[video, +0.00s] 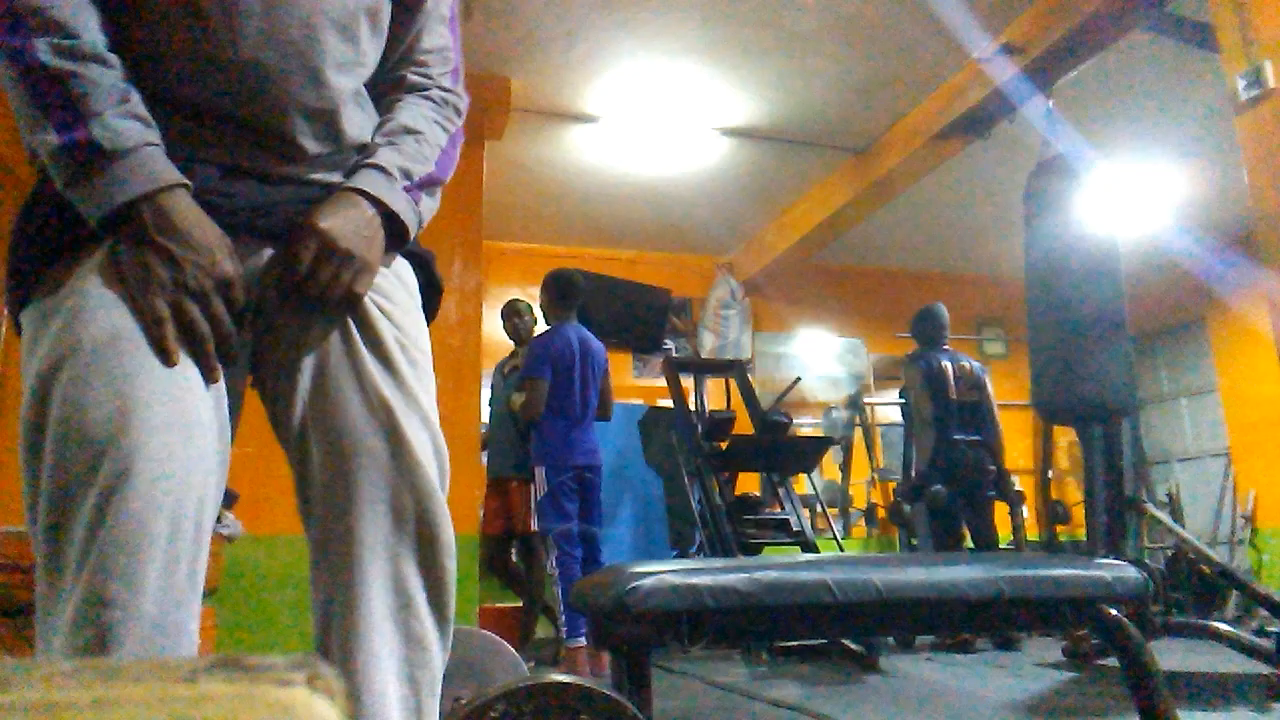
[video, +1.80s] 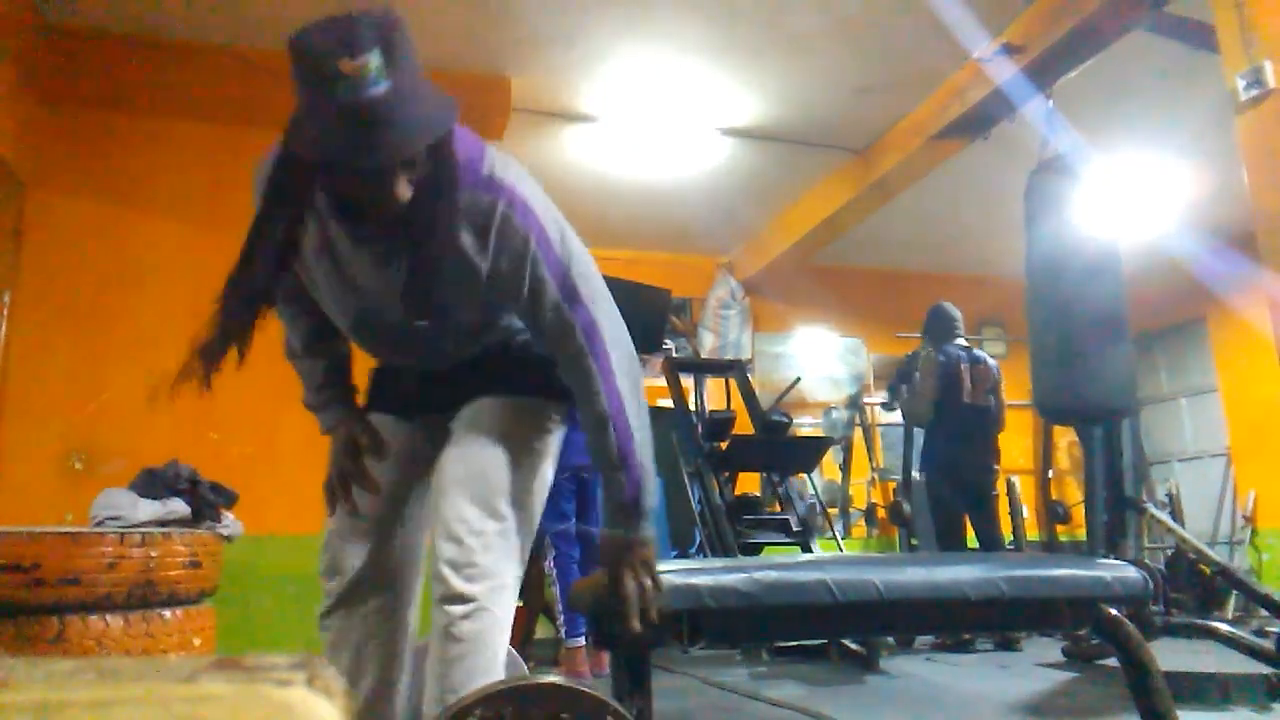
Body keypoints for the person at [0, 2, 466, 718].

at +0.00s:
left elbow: (433, 83)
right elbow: (38, 15)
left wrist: (374, 201)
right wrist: (142, 191)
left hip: (339, 217)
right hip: (130, 203)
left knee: (396, 480)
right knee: (139, 478)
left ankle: (390, 709)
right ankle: (118, 713)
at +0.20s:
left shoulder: (430, 11)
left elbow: (434, 112)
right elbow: (70, 14)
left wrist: (400, 224)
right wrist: (173, 200)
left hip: (351, 229)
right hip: (155, 211)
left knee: (403, 542)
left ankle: (399, 712)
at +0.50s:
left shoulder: (517, 27)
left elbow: (482, 187)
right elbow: (183, 16)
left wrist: (480, 316)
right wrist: (230, 248)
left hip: (382, 267)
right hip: (211, 240)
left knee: (396, 613)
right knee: (170, 614)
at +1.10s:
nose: (562, 75)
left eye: (579, 66)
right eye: (566, 54)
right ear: (534, 9)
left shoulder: (540, 100)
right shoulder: (372, 11)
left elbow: (519, 259)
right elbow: (239, 112)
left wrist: (508, 390)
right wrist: (262, 317)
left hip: (415, 314)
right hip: (281, 296)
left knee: (407, 589)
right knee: (261, 588)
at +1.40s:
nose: (518, 46)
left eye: (524, 26)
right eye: (504, 23)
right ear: (433, 18)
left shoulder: (494, 107)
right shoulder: (283, 46)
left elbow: (540, 279)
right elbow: (220, 197)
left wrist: (519, 422)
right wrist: (256, 360)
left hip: (431, 340)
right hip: (303, 332)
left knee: (409, 576)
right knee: (280, 580)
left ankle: (408, 719)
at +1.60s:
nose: (454, 98)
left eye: (466, 73)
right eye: (431, 74)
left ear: (477, 59)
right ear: (369, 61)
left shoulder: (488, 138)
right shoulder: (270, 109)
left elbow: (572, 299)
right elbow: (252, 252)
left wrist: (565, 454)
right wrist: (293, 384)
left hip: (470, 344)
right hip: (357, 344)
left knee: (433, 562)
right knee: (318, 566)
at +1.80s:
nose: (399, 189)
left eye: (412, 161)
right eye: (371, 171)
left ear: (431, 134)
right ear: (322, 158)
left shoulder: (492, 192)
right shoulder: (289, 192)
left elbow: (599, 344)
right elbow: (302, 314)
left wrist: (629, 520)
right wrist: (337, 415)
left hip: (517, 364)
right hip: (408, 369)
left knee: (468, 539)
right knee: (356, 556)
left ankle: (466, 717)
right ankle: (357, 719)